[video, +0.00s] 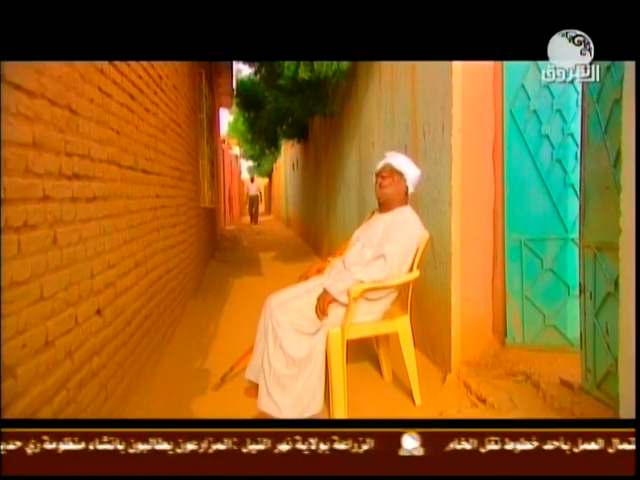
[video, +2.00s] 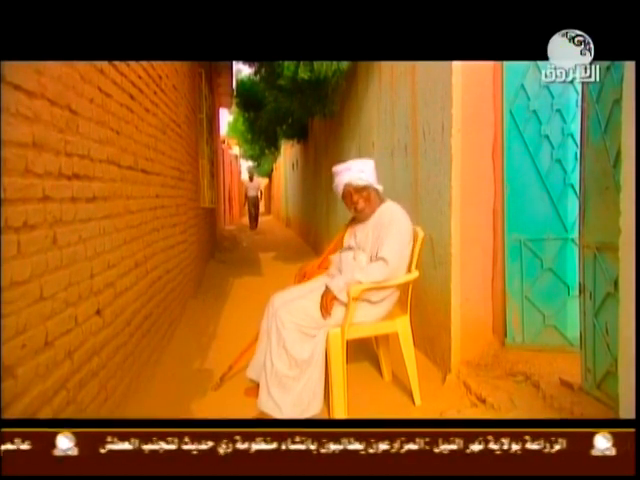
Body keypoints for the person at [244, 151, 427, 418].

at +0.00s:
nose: (382, 180)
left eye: (391, 175)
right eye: (380, 175)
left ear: (406, 185)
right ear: (376, 182)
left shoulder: (406, 223)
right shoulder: (381, 216)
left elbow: (389, 271)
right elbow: (354, 255)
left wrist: (335, 290)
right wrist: (325, 268)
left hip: (362, 300)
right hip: (341, 283)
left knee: (284, 315)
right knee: (274, 304)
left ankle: (289, 405)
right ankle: (266, 378)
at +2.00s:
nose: (356, 202)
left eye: (359, 193)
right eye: (349, 198)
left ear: (373, 190)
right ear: (345, 201)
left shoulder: (395, 218)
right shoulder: (361, 219)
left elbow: (389, 270)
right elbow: (344, 258)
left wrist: (339, 287)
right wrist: (328, 283)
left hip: (368, 299)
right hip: (342, 286)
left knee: (288, 315)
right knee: (278, 303)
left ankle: (289, 407)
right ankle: (268, 377)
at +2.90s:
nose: (321, 217)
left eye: (321, 209)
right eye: (316, 212)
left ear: (335, 198)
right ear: (322, 207)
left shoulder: (368, 217)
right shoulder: (341, 217)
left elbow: (383, 270)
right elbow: (338, 258)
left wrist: (335, 277)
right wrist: (327, 283)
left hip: (366, 297)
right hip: (339, 285)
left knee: (286, 317)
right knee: (275, 304)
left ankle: (289, 406)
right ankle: (266, 380)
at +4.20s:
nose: (339, 192)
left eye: (346, 186)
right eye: (339, 185)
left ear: (365, 190)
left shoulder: (386, 217)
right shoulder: (361, 215)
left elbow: (388, 271)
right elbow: (347, 256)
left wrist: (339, 286)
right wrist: (327, 277)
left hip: (368, 301)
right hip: (342, 288)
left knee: (288, 317)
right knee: (277, 304)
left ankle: (290, 406)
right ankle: (267, 379)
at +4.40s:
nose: (346, 194)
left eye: (351, 188)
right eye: (346, 187)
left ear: (369, 191)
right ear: (365, 191)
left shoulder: (391, 218)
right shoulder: (367, 215)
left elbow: (389, 270)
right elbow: (349, 254)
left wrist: (339, 285)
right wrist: (325, 271)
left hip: (368, 301)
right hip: (343, 288)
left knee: (289, 317)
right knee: (277, 304)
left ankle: (288, 406)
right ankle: (267, 379)